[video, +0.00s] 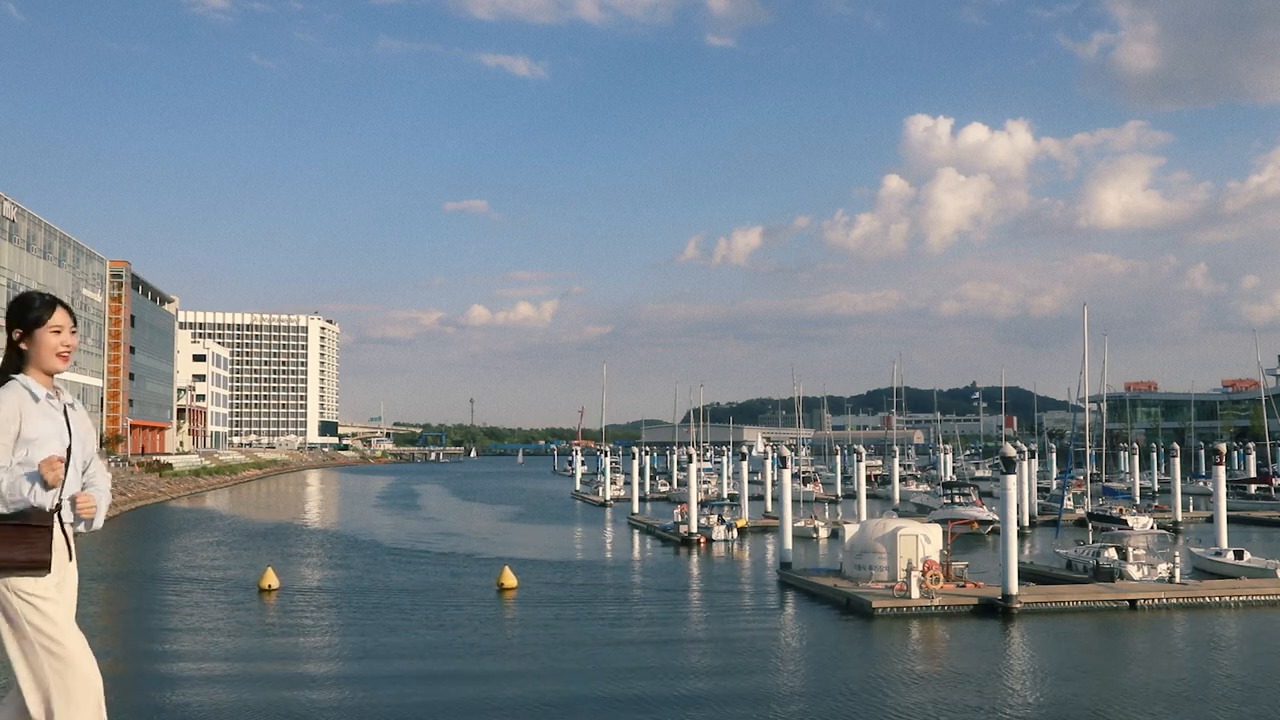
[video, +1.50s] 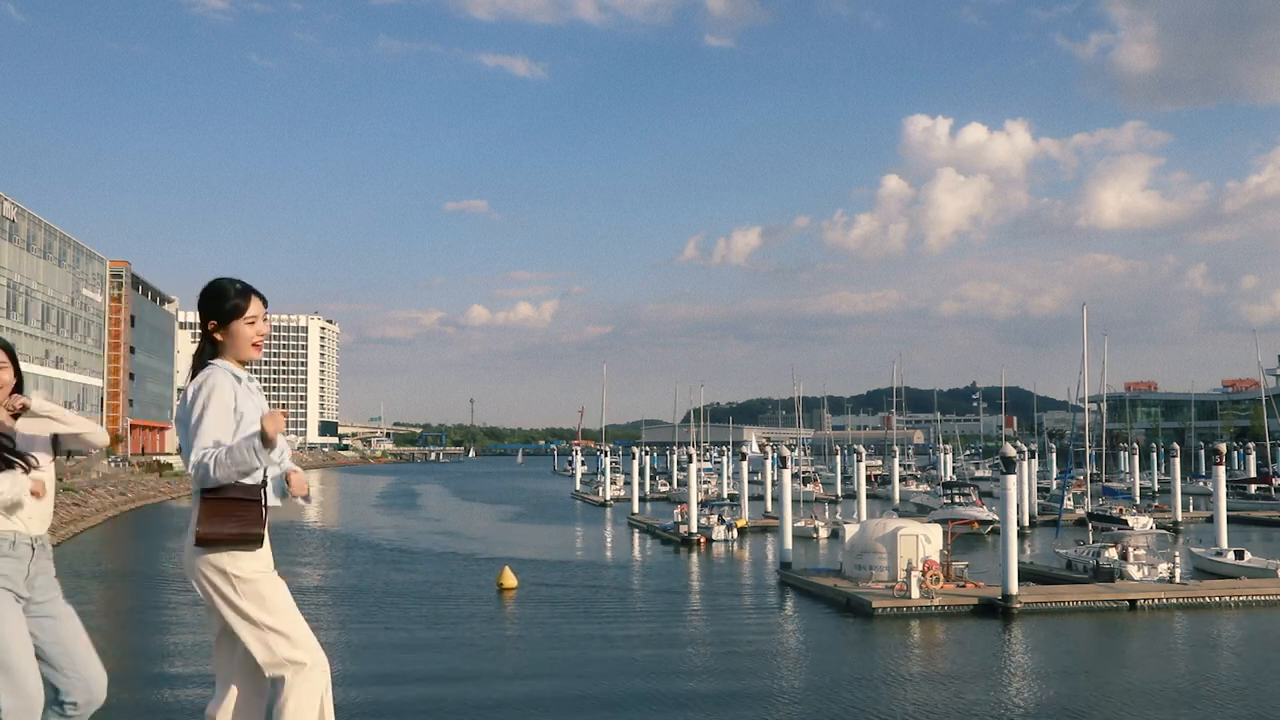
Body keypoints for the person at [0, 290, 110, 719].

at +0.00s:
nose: (69, 341)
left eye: (72, 332)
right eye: (56, 331)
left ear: (75, 339)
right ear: (23, 338)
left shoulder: (73, 408)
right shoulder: (10, 399)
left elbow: (96, 469)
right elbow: (2, 486)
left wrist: (96, 498)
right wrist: (35, 480)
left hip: (63, 547)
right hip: (18, 549)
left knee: (36, 677)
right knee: (76, 673)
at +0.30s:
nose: (101, 357)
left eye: (103, 348)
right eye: (91, 345)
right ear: (56, 349)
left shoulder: (100, 422)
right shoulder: (23, 415)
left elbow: (115, 507)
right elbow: (27, 509)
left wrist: (130, 580)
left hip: (104, 566)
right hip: (51, 570)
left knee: (63, 695)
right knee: (103, 699)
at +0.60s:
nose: (145, 335)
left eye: (148, 327)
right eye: (138, 321)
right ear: (101, 317)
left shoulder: (131, 392)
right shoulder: (65, 378)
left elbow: (155, 470)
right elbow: (80, 453)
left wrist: (225, 461)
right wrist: (145, 452)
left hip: (142, 525)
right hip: (94, 527)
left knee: (175, 665)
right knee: (91, 677)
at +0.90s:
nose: (189, 341)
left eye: (190, 332)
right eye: (180, 329)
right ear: (145, 331)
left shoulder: (178, 408)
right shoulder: (118, 396)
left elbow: (195, 498)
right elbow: (124, 478)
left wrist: (259, 475)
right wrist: (191, 472)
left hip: (189, 552)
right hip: (142, 553)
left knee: (219, 685)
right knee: (133, 695)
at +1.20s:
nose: (230, 344)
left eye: (231, 333)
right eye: (221, 332)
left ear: (196, 339)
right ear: (187, 337)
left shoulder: (213, 405)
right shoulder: (165, 401)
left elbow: (233, 495)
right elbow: (172, 495)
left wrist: (294, 545)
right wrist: (248, 538)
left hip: (232, 560)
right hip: (190, 561)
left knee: (250, 699)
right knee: (192, 701)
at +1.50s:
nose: (263, 330)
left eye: (264, 320)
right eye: (252, 321)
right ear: (218, 329)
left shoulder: (245, 383)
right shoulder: (215, 381)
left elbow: (258, 459)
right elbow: (201, 467)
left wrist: (288, 472)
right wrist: (260, 441)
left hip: (245, 543)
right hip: (226, 548)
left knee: (241, 680)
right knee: (305, 666)